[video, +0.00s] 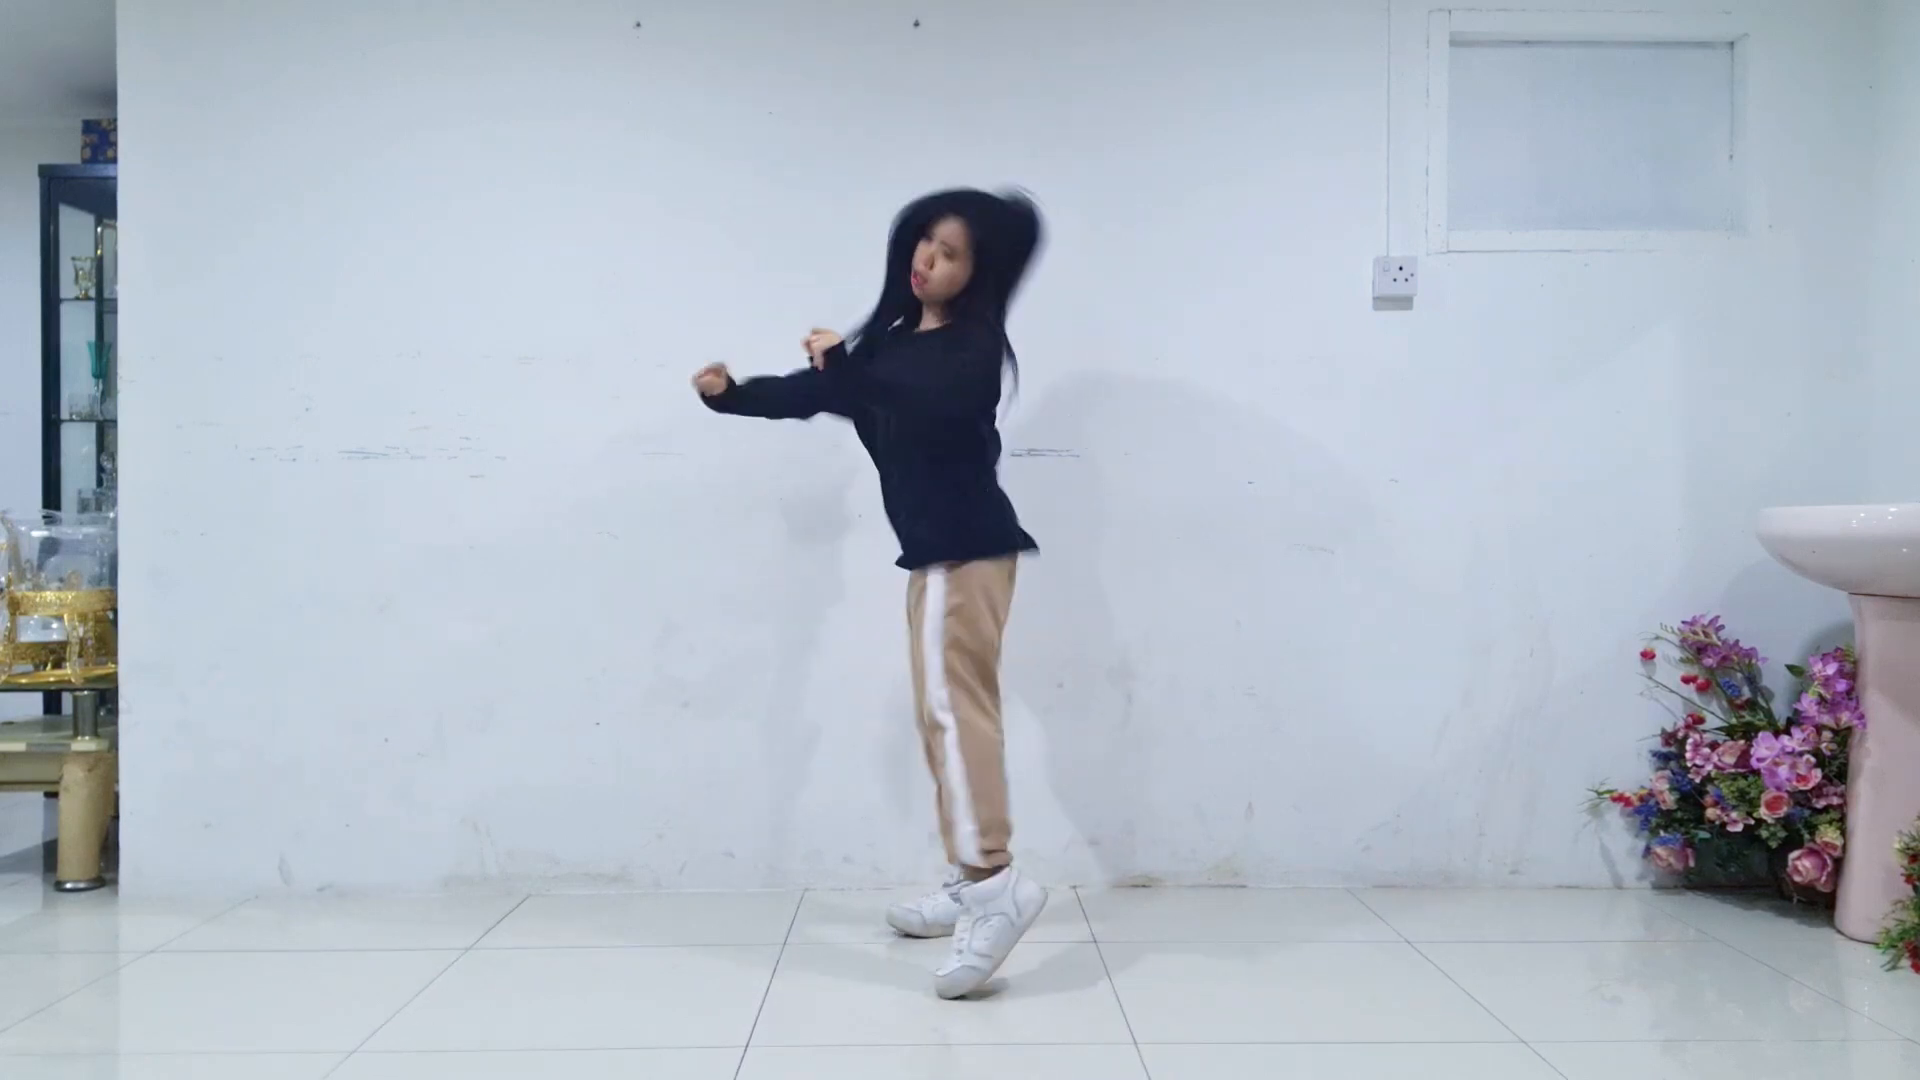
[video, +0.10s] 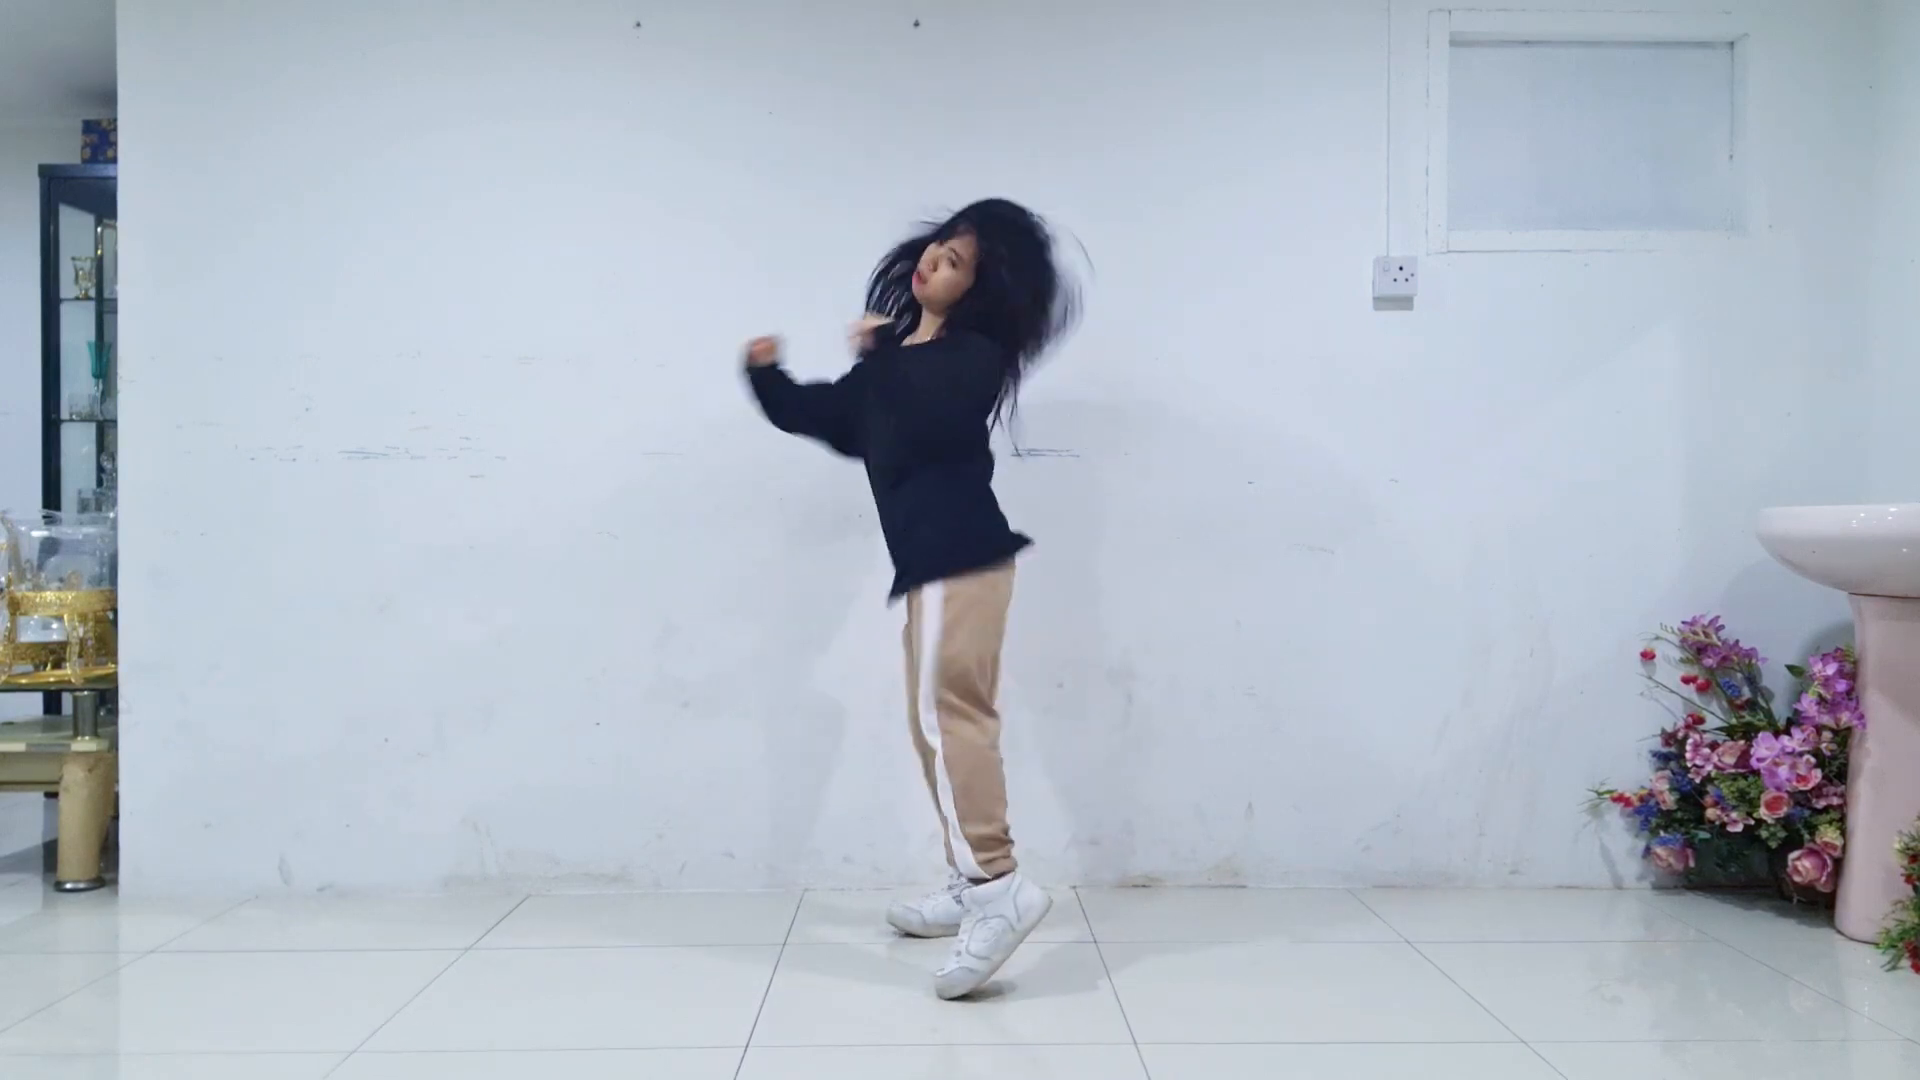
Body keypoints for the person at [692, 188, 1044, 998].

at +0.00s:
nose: (931, 259)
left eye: (951, 253)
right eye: (926, 244)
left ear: (977, 273)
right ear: (909, 250)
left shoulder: (973, 345)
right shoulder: (886, 340)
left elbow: (933, 407)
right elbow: (818, 391)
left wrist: (841, 365)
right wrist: (735, 393)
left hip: (974, 552)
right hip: (929, 557)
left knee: (960, 708)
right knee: (936, 714)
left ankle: (996, 884)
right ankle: (969, 876)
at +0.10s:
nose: (938, 259)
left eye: (958, 262)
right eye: (941, 245)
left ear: (979, 291)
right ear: (924, 250)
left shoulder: (974, 353)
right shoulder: (891, 364)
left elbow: (928, 412)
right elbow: (824, 419)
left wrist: (875, 350)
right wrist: (767, 377)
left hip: (968, 555)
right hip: (923, 565)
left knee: (957, 714)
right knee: (930, 724)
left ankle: (1000, 889)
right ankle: (971, 880)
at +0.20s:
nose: (933, 255)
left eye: (953, 249)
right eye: (928, 239)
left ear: (980, 268)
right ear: (911, 247)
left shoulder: (990, 344)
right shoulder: (879, 355)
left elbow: (980, 429)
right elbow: (849, 457)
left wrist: (931, 335)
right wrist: (810, 371)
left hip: (974, 555)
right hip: (902, 562)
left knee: (961, 725)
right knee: (923, 729)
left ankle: (1007, 895)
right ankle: (968, 882)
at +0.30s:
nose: (919, 255)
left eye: (931, 240)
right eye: (903, 249)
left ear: (960, 252)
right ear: (888, 273)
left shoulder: (1000, 346)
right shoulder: (883, 372)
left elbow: (1051, 376)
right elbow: (879, 477)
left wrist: (996, 294)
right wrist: (808, 428)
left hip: (976, 585)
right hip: (892, 587)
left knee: (962, 739)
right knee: (912, 748)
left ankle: (965, 910)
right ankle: (948, 881)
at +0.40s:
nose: (888, 289)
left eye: (890, 271)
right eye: (871, 295)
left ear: (924, 273)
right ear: (876, 327)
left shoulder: (1006, 343)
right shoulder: (895, 396)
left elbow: (1064, 411)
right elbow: (874, 498)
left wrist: (991, 398)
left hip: (978, 597)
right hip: (888, 601)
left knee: (973, 732)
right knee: (902, 748)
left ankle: (969, 901)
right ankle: (938, 873)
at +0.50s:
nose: (895, 286)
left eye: (897, 268)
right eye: (876, 291)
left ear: (924, 269)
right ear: (871, 321)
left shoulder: (1002, 347)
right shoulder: (880, 385)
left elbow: (1027, 455)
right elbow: (863, 484)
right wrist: (858, 569)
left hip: (983, 571)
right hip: (899, 579)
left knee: (977, 689)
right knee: (908, 728)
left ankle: (983, 858)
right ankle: (935, 868)